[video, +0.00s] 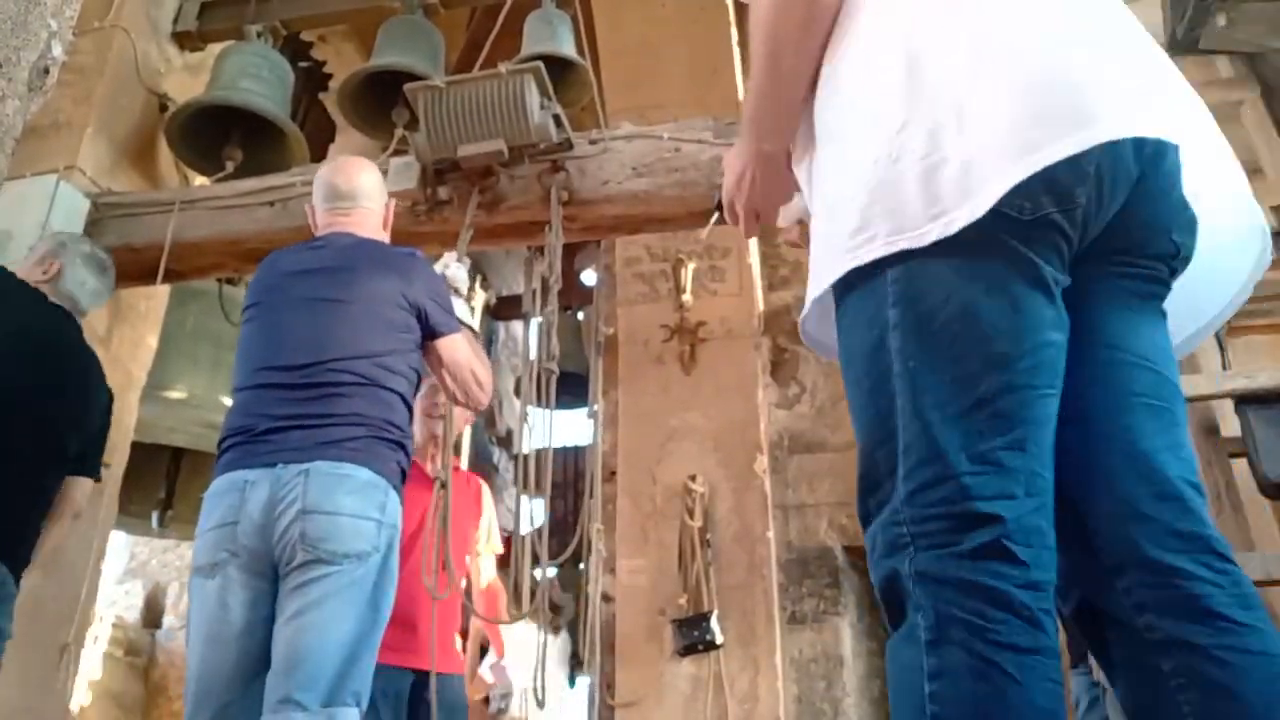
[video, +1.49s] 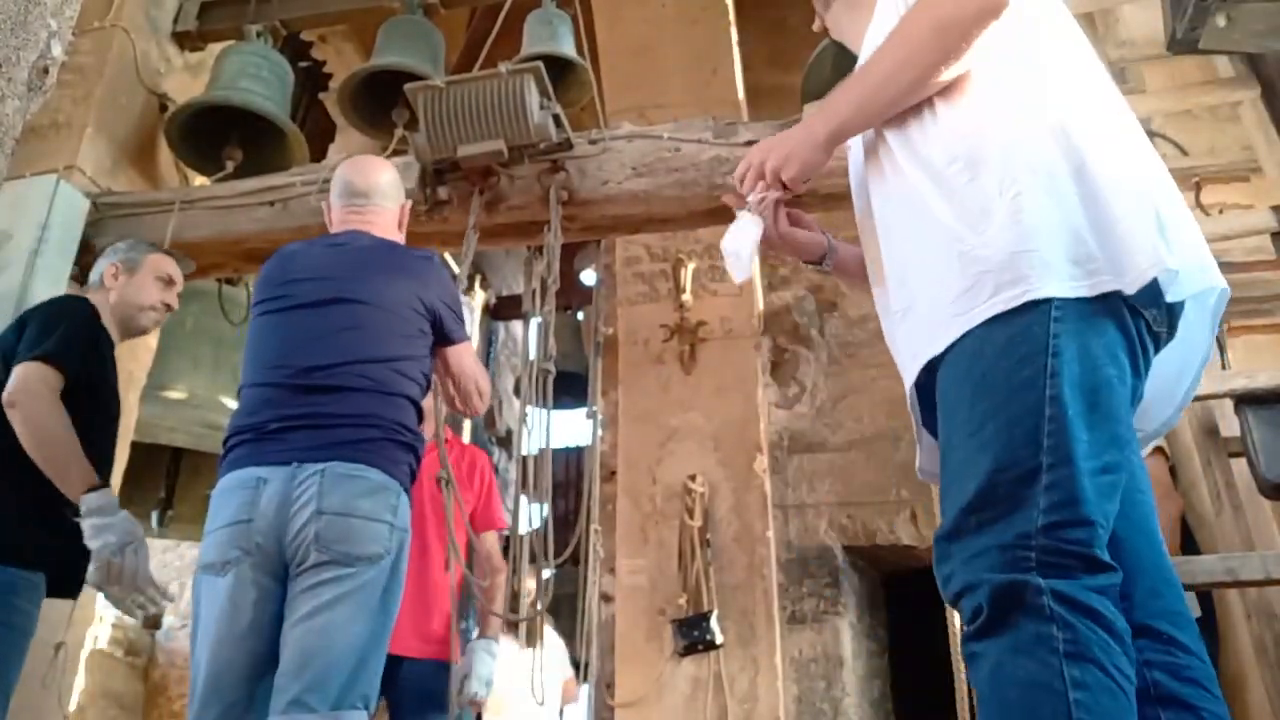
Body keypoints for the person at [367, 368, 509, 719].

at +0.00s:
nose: (438, 404)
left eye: (452, 397)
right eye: (430, 392)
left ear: (469, 416)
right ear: (410, 402)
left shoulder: (474, 491)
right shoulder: (388, 477)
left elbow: (485, 579)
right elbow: (360, 560)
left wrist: (496, 653)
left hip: (448, 663)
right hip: (384, 658)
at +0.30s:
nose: (448, 403)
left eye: (458, 394)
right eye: (437, 391)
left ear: (475, 414)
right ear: (415, 405)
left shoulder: (487, 483)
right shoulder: (392, 468)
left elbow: (500, 571)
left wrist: (516, 642)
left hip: (457, 655)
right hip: (389, 649)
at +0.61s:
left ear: (451, 403)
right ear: (396, 394)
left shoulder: (466, 471)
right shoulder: (376, 460)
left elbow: (480, 567)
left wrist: (493, 653)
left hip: (434, 647)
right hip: (365, 641)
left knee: (437, 713)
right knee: (348, 713)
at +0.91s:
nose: (413, 378)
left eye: (424, 370)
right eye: (410, 367)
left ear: (440, 384)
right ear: (389, 376)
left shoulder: (450, 465)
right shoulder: (358, 451)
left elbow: (466, 560)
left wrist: (479, 645)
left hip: (421, 643)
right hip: (353, 638)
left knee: (431, 712)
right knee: (339, 713)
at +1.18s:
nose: (415, 379)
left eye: (426, 371)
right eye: (411, 368)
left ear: (440, 385)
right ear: (389, 373)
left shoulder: (449, 459)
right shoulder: (354, 446)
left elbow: (465, 555)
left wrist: (478, 632)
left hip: (416, 646)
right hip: (346, 639)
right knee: (332, 713)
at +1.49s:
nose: (416, 395)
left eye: (426, 386)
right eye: (410, 384)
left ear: (445, 396)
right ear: (394, 390)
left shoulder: (469, 461)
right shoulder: (370, 452)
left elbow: (490, 564)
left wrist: (486, 643)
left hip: (426, 650)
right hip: (352, 640)